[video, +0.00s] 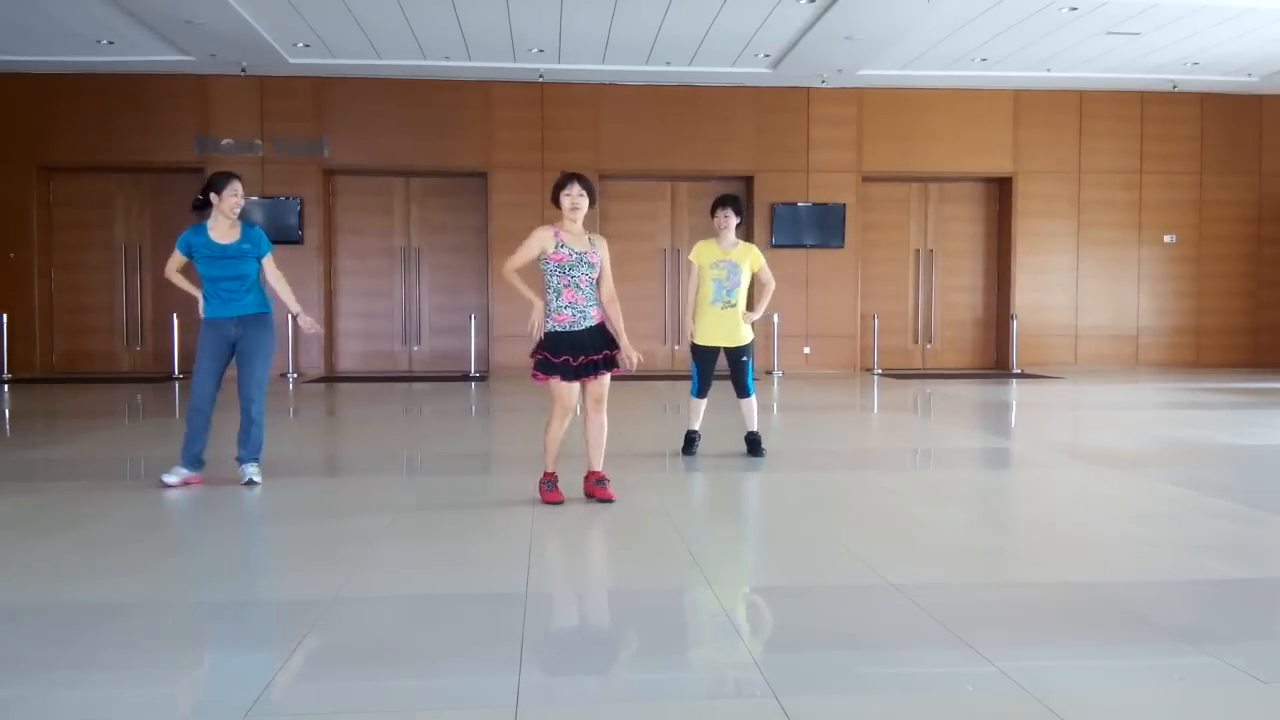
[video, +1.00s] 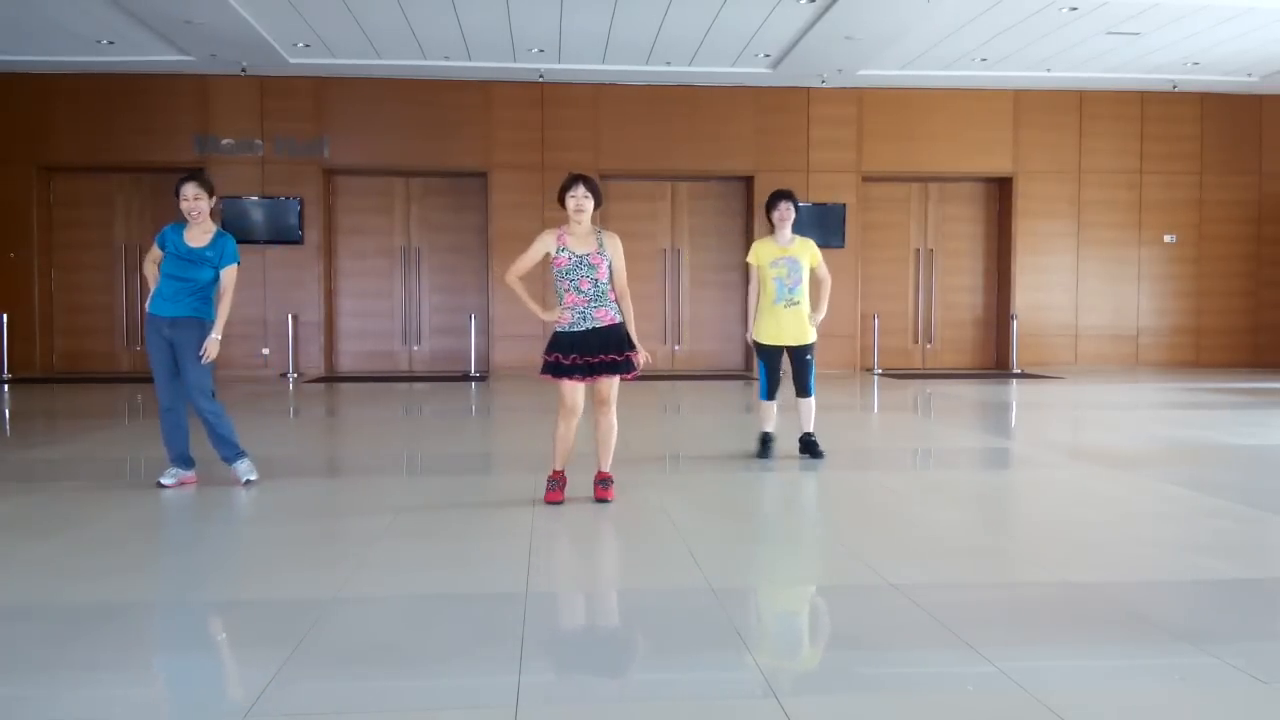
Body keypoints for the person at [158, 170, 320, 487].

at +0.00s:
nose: (240, 202)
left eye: (242, 196)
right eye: (233, 196)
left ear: (242, 200)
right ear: (214, 198)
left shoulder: (254, 235)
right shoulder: (193, 237)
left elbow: (274, 276)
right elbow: (170, 270)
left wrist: (299, 312)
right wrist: (198, 294)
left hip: (256, 324)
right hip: (215, 326)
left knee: (252, 397)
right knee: (201, 395)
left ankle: (250, 463)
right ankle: (190, 465)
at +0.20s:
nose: (231, 198)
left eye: (233, 193)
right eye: (224, 193)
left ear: (234, 197)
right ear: (205, 197)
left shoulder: (246, 232)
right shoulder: (185, 235)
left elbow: (265, 278)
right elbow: (159, 266)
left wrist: (274, 320)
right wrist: (185, 291)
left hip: (241, 322)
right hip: (202, 324)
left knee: (245, 398)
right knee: (196, 398)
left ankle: (249, 463)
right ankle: (184, 465)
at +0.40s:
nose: (223, 200)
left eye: (224, 194)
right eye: (216, 194)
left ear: (226, 198)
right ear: (196, 197)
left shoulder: (234, 235)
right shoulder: (174, 232)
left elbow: (240, 284)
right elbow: (145, 262)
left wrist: (237, 326)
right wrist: (168, 289)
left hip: (220, 321)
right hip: (182, 322)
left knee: (232, 398)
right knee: (184, 398)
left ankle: (247, 462)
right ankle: (183, 466)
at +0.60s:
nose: (209, 202)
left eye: (214, 196)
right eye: (202, 196)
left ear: (219, 200)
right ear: (187, 200)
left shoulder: (226, 239)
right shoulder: (168, 232)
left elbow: (232, 286)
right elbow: (137, 259)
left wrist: (222, 329)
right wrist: (156, 288)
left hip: (203, 323)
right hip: (165, 322)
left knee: (215, 396)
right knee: (172, 397)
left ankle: (241, 461)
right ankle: (182, 465)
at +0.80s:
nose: (195, 203)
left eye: (202, 197)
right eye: (189, 197)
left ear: (212, 200)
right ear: (181, 202)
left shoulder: (222, 241)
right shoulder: (168, 232)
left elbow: (223, 291)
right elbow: (143, 260)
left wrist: (215, 333)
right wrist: (154, 290)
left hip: (194, 322)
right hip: (158, 321)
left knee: (201, 396)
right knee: (168, 398)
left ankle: (231, 461)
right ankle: (182, 467)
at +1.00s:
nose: (191, 205)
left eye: (197, 198)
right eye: (185, 200)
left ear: (211, 201)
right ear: (179, 205)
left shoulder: (224, 242)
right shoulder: (170, 234)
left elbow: (226, 293)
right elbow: (149, 263)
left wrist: (216, 334)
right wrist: (157, 292)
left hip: (193, 323)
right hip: (158, 322)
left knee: (201, 396)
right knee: (168, 398)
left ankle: (237, 460)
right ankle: (182, 466)